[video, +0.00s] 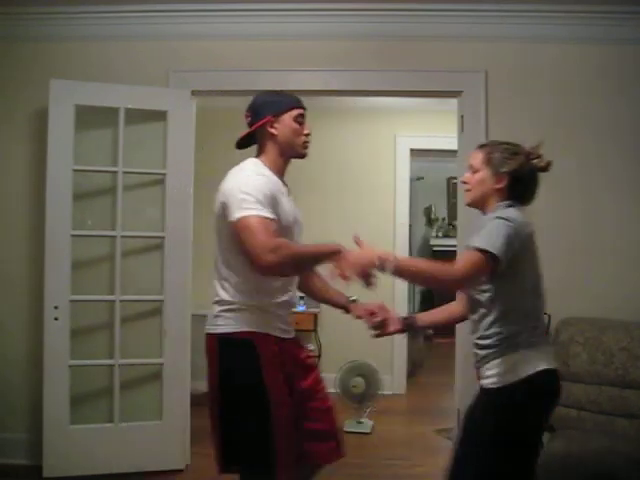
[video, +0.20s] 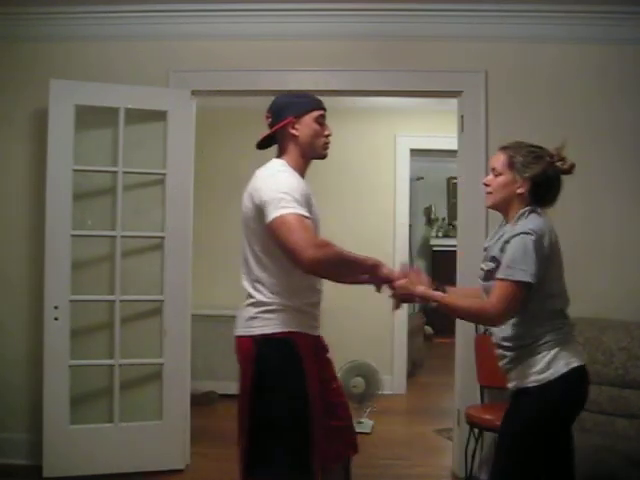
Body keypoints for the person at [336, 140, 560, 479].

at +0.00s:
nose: (464, 178)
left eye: (473, 171)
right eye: (467, 170)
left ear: (500, 180)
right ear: (498, 181)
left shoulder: (504, 223)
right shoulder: (496, 226)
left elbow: (457, 275)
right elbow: (463, 307)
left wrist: (381, 259)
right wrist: (402, 322)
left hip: (518, 382)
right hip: (509, 379)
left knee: (469, 473)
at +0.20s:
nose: (485, 180)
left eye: (495, 173)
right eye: (488, 172)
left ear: (521, 185)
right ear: (519, 186)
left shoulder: (527, 232)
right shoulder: (513, 229)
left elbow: (496, 311)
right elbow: (489, 292)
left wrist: (426, 296)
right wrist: (432, 288)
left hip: (549, 382)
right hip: (534, 379)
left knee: (510, 471)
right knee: (545, 473)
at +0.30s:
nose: (487, 179)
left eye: (497, 172)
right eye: (490, 171)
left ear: (523, 185)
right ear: (520, 186)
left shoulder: (531, 231)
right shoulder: (512, 229)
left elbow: (509, 309)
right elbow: (494, 295)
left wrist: (436, 286)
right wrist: (438, 284)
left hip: (556, 382)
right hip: (541, 379)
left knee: (498, 471)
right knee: (555, 475)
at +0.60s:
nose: (469, 173)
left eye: (480, 167)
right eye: (473, 166)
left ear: (506, 179)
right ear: (500, 180)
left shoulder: (521, 228)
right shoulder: (476, 234)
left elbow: (490, 280)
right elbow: (459, 303)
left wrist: (421, 236)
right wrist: (398, 291)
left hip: (530, 380)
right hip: (499, 383)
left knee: (522, 473)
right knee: (511, 470)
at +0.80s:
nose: (437, 175)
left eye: (446, 167)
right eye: (440, 166)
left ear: (471, 177)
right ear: (470, 179)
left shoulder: (472, 223)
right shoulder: (473, 220)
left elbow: (392, 262)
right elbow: (424, 254)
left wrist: (363, 200)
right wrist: (399, 216)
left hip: (495, 375)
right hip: (491, 372)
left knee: (436, 471)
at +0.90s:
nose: (420, 177)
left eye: (427, 169)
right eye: (421, 170)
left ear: (450, 179)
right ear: (454, 180)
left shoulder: (448, 224)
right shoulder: (478, 219)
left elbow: (367, 246)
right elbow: (434, 205)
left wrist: (349, 181)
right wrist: (412, 166)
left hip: (468, 373)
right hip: (489, 368)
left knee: (414, 472)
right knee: (465, 473)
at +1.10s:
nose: (394, 182)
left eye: (400, 175)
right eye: (398, 174)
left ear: (420, 184)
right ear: (440, 184)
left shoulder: (400, 231)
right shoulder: (462, 227)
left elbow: (350, 219)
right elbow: (469, 154)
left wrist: (346, 164)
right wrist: (436, 135)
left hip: (409, 372)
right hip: (456, 373)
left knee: (368, 471)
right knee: (408, 472)